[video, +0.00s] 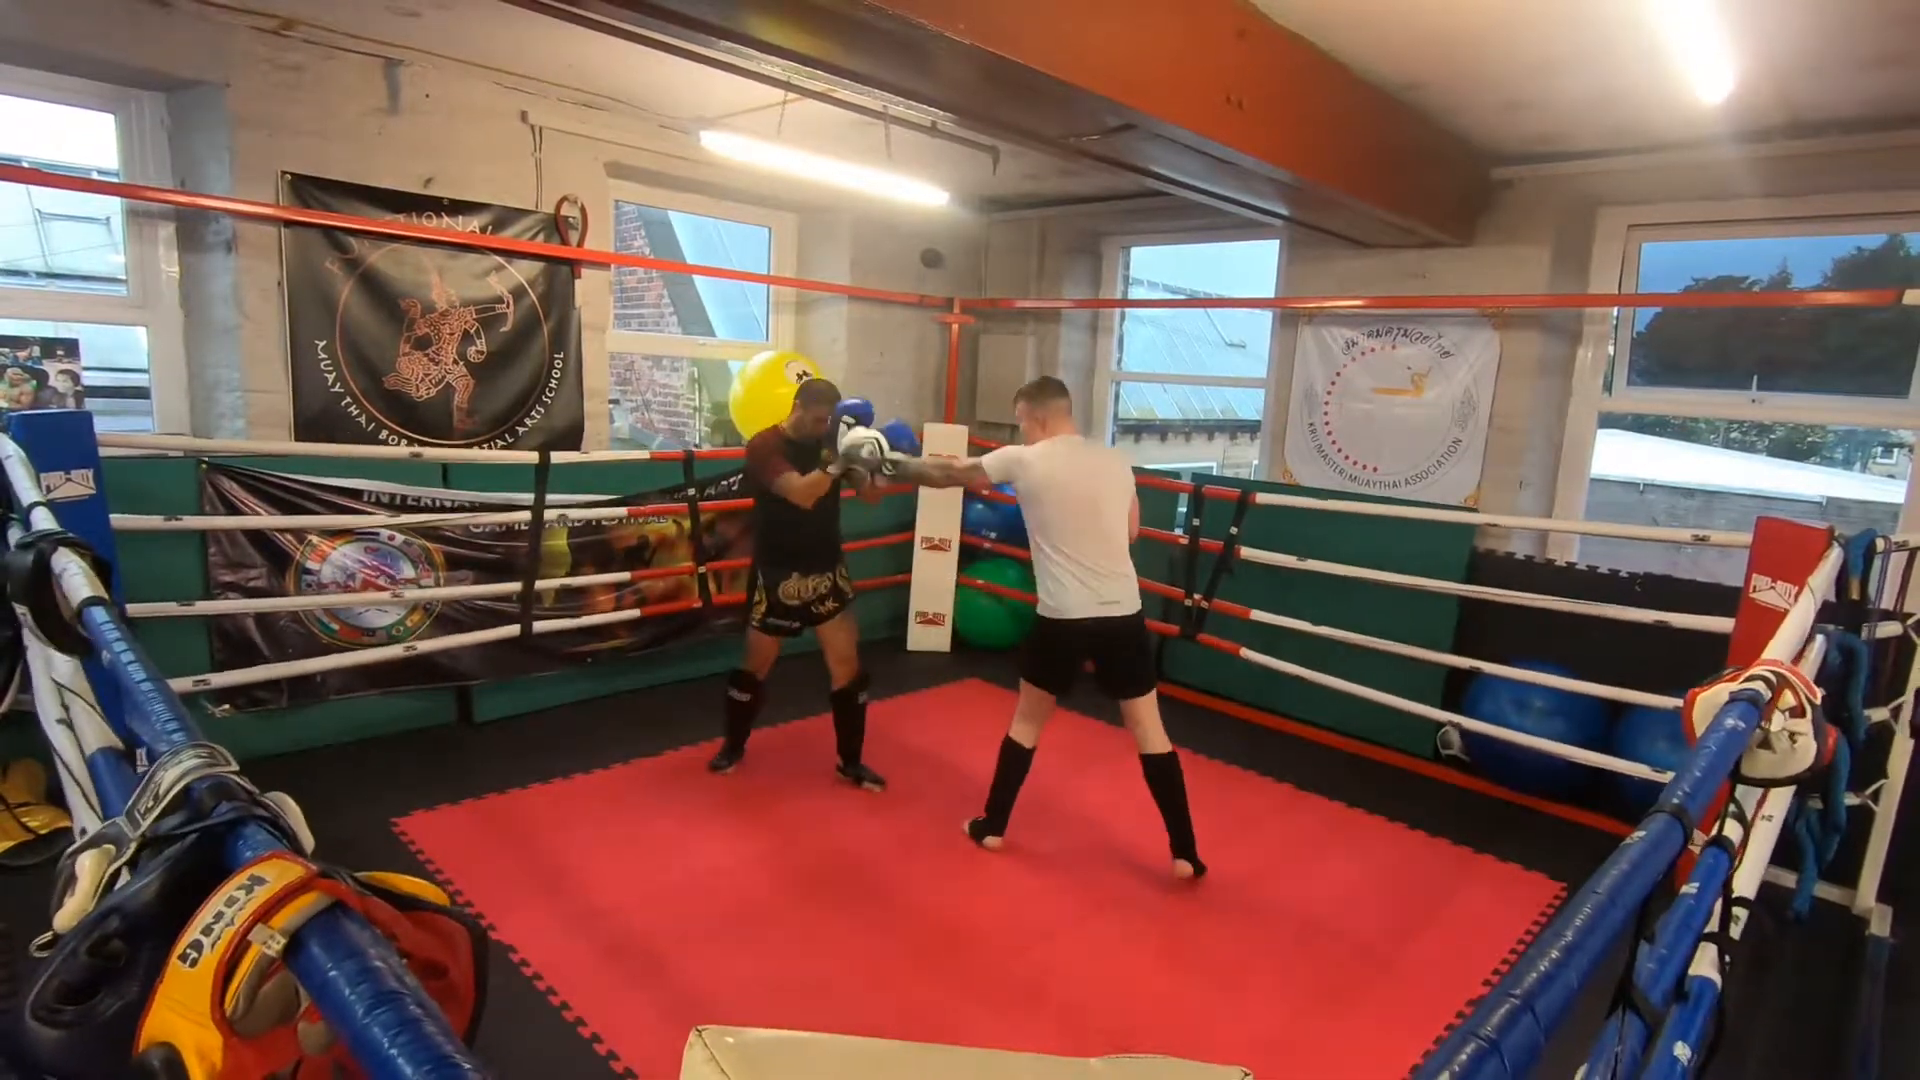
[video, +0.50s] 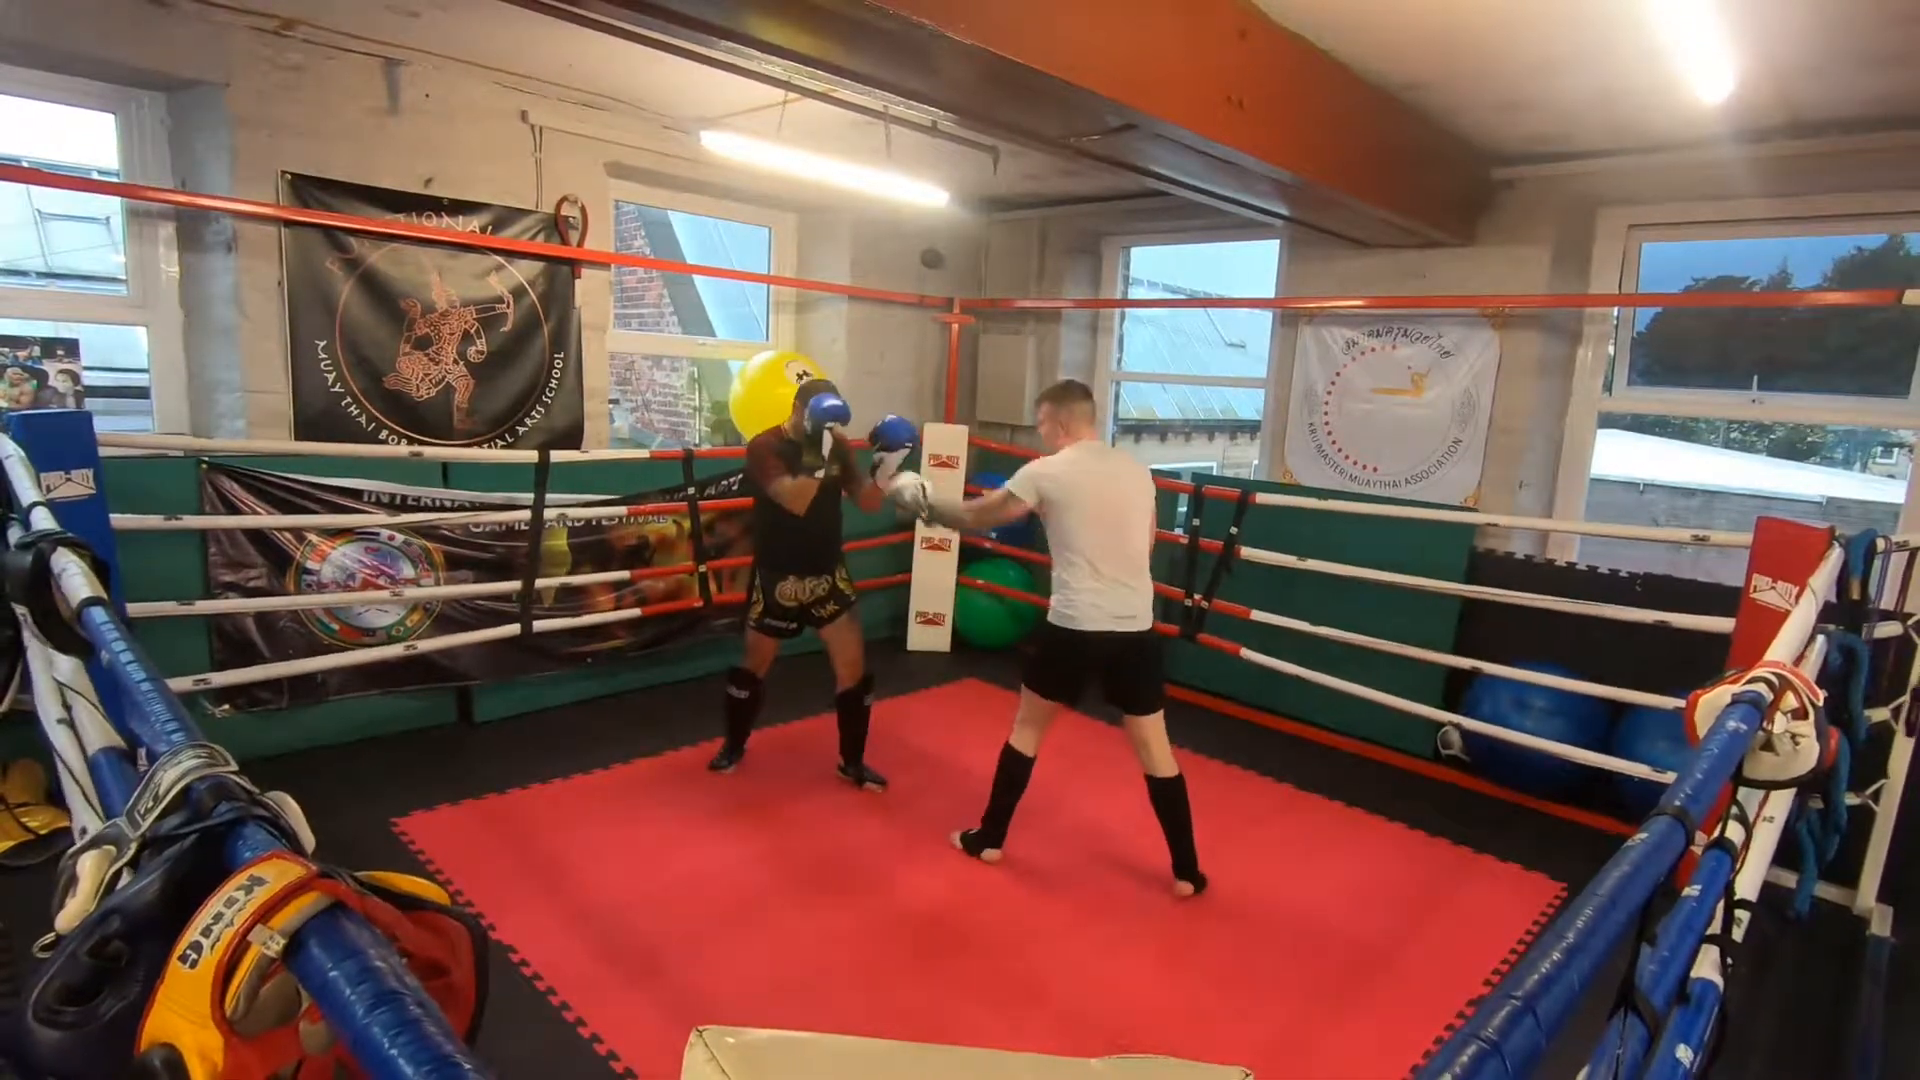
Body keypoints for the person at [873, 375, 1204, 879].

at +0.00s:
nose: (1021, 430)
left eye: (1021, 422)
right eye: (1020, 423)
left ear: (1035, 419)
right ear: (1068, 414)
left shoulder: (1023, 459)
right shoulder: (1117, 461)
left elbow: (948, 473)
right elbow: (1132, 529)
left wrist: (884, 462)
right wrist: (1076, 515)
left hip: (1061, 621)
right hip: (1124, 620)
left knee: (1028, 721)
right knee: (1150, 729)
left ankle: (993, 826)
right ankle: (1185, 852)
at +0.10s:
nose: (1032, 430)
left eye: (1034, 422)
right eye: (1031, 422)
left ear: (1050, 418)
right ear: (1079, 415)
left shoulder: (1034, 463)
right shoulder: (1127, 466)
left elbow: (964, 495)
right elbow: (1134, 535)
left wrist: (901, 489)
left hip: (1064, 624)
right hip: (1127, 626)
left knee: (1029, 723)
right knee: (1154, 736)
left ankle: (993, 826)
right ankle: (1190, 859)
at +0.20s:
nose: (1043, 439)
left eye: (1043, 431)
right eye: (1041, 431)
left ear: (1060, 425)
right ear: (1096, 424)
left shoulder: (1054, 473)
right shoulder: (1141, 475)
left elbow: (992, 535)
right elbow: (1120, 538)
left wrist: (936, 543)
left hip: (1068, 630)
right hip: (1132, 635)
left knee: (1030, 725)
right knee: (1153, 748)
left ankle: (993, 825)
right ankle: (1184, 871)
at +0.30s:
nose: (1052, 443)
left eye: (1055, 432)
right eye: (1051, 433)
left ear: (1074, 428)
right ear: (1100, 428)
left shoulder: (1068, 475)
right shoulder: (1145, 476)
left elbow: (1029, 546)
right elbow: (1130, 543)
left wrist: (977, 567)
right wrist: (1053, 543)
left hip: (1077, 629)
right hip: (1138, 636)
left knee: (1030, 724)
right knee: (1156, 750)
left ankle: (992, 826)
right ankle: (1184, 874)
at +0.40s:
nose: (1050, 439)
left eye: (1051, 430)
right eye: (1048, 431)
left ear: (1069, 426)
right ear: (1100, 426)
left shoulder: (1063, 474)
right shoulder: (1147, 476)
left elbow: (1015, 541)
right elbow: (1128, 541)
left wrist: (960, 552)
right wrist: (1047, 533)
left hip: (1076, 629)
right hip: (1140, 635)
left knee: (1027, 724)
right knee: (1157, 750)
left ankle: (991, 835)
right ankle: (1187, 874)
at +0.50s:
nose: (1040, 435)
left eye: (1041, 426)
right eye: (1039, 427)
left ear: (1059, 423)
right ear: (1091, 423)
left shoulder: (1049, 471)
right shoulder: (1139, 472)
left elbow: (978, 517)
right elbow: (1140, 542)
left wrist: (924, 501)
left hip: (1070, 632)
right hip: (1135, 636)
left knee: (1029, 728)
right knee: (1155, 748)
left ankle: (990, 837)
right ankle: (1188, 872)